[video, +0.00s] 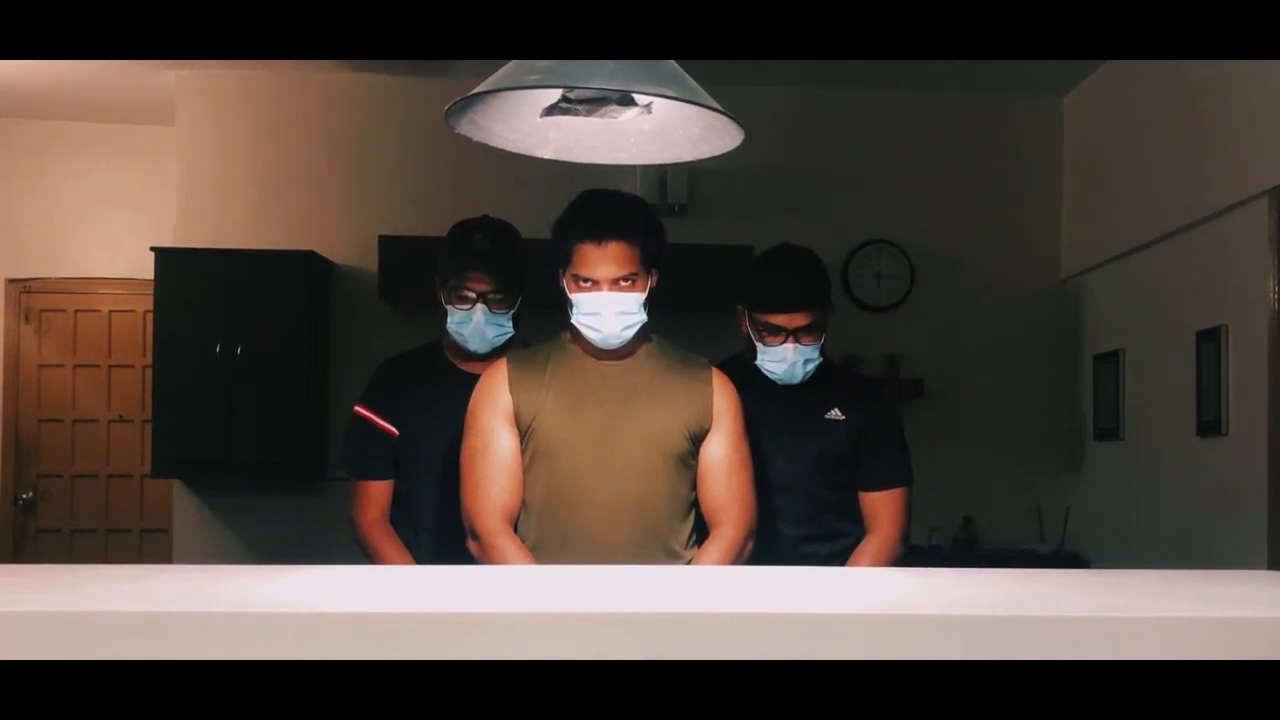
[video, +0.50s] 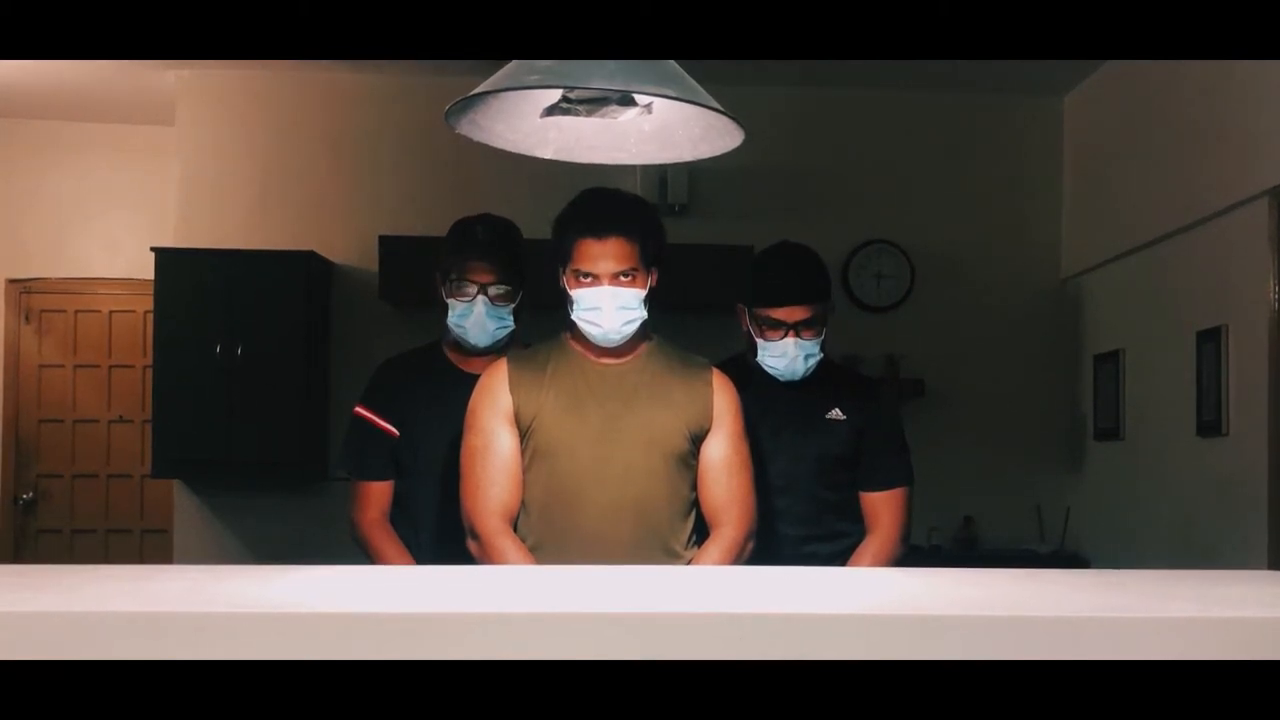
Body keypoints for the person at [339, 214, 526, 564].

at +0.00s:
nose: (479, 318)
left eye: (498, 301)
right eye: (463, 298)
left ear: (518, 301)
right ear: (441, 294)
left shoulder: (538, 384)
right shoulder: (399, 380)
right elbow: (369, 519)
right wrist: (422, 596)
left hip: (514, 591)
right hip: (426, 589)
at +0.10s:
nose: (479, 317)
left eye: (498, 300)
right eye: (463, 297)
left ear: (519, 300)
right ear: (442, 293)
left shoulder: (538, 384)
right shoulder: (399, 380)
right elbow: (369, 518)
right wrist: (422, 595)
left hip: (514, 591)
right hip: (427, 589)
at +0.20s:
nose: (479, 316)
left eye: (499, 299)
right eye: (463, 296)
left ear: (518, 298)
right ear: (442, 292)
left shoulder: (538, 384)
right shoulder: (399, 380)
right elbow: (369, 519)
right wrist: (422, 596)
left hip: (515, 592)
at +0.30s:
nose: (480, 314)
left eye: (499, 296)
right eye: (463, 294)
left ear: (519, 298)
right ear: (443, 292)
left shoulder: (538, 385)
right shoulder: (399, 380)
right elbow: (369, 518)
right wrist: (422, 596)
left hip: (515, 592)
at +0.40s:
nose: (479, 311)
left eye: (499, 295)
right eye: (463, 291)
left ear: (518, 298)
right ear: (443, 291)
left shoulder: (538, 385)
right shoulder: (399, 380)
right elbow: (369, 518)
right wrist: (423, 596)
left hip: (515, 592)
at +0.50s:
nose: (480, 309)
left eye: (499, 293)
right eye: (463, 289)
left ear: (518, 297)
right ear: (442, 289)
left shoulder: (538, 385)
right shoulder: (399, 380)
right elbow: (369, 518)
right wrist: (422, 596)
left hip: (515, 592)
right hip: (427, 590)